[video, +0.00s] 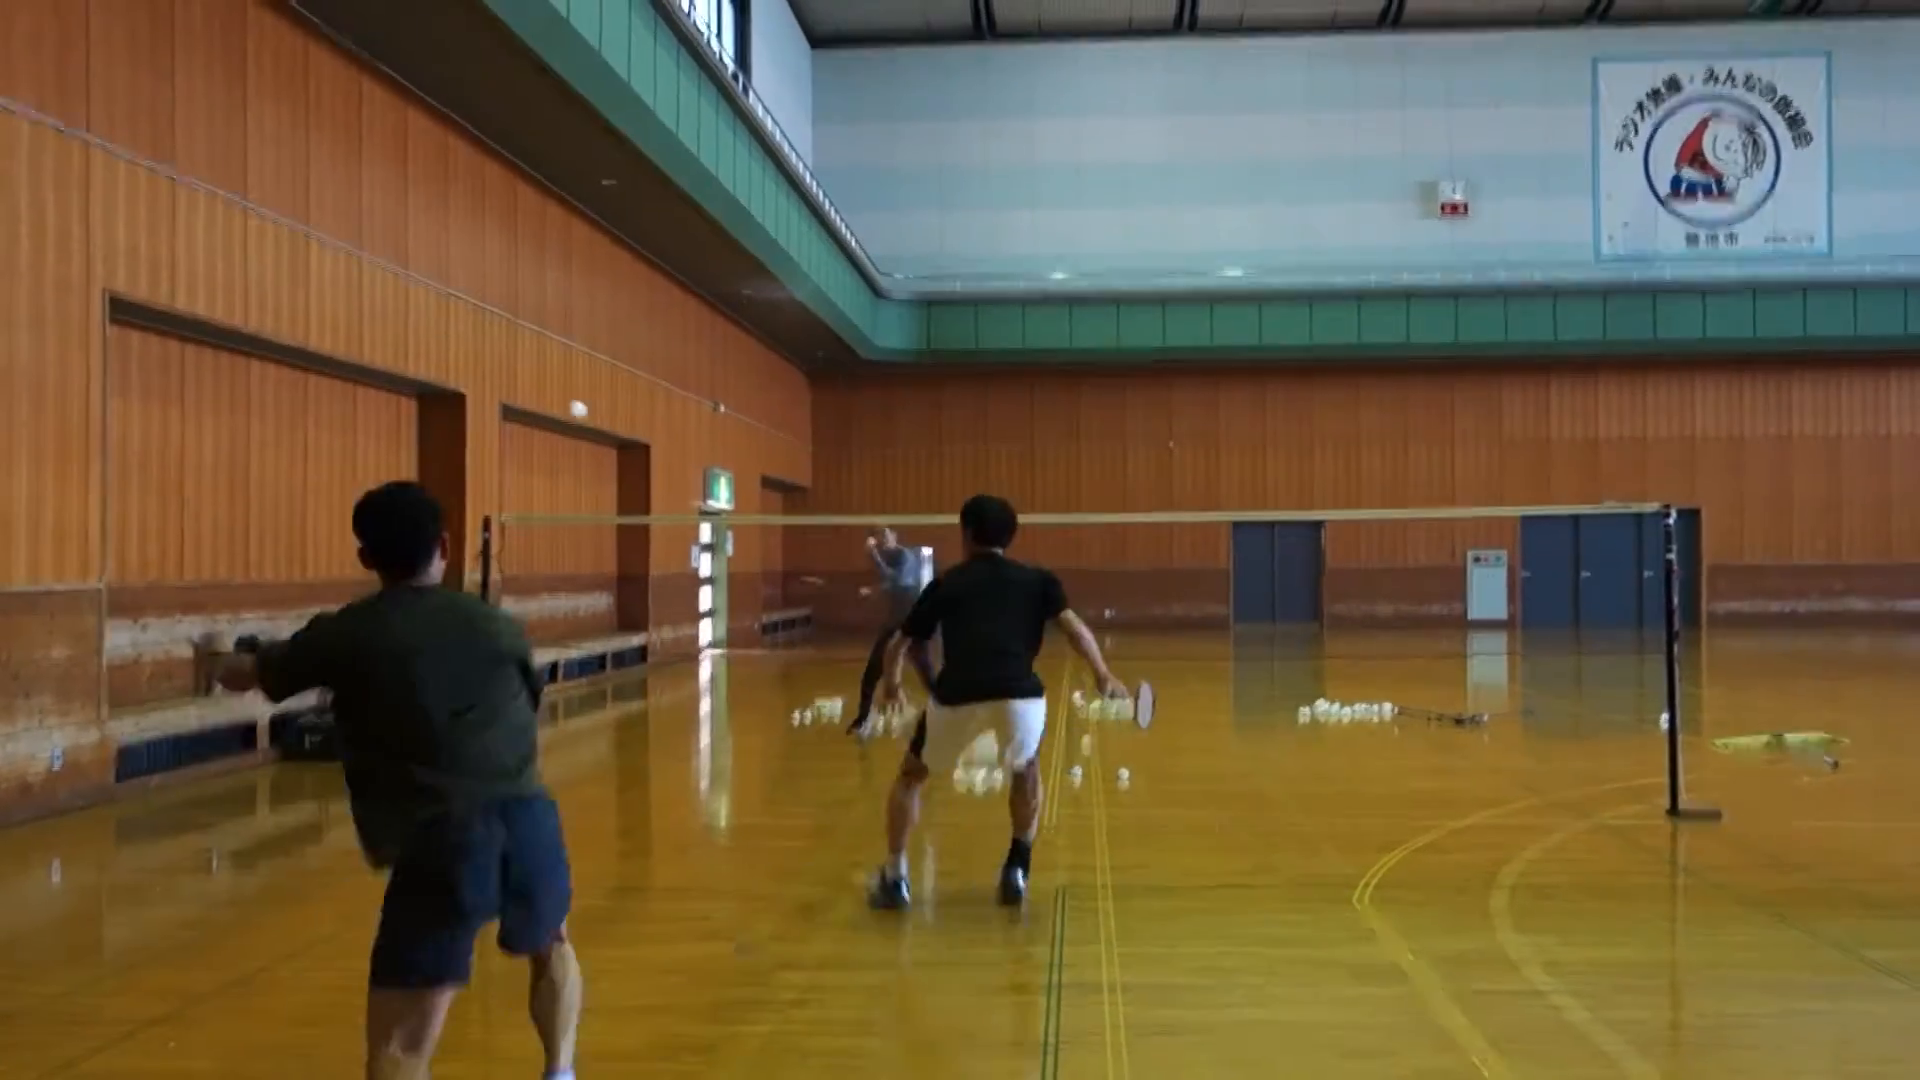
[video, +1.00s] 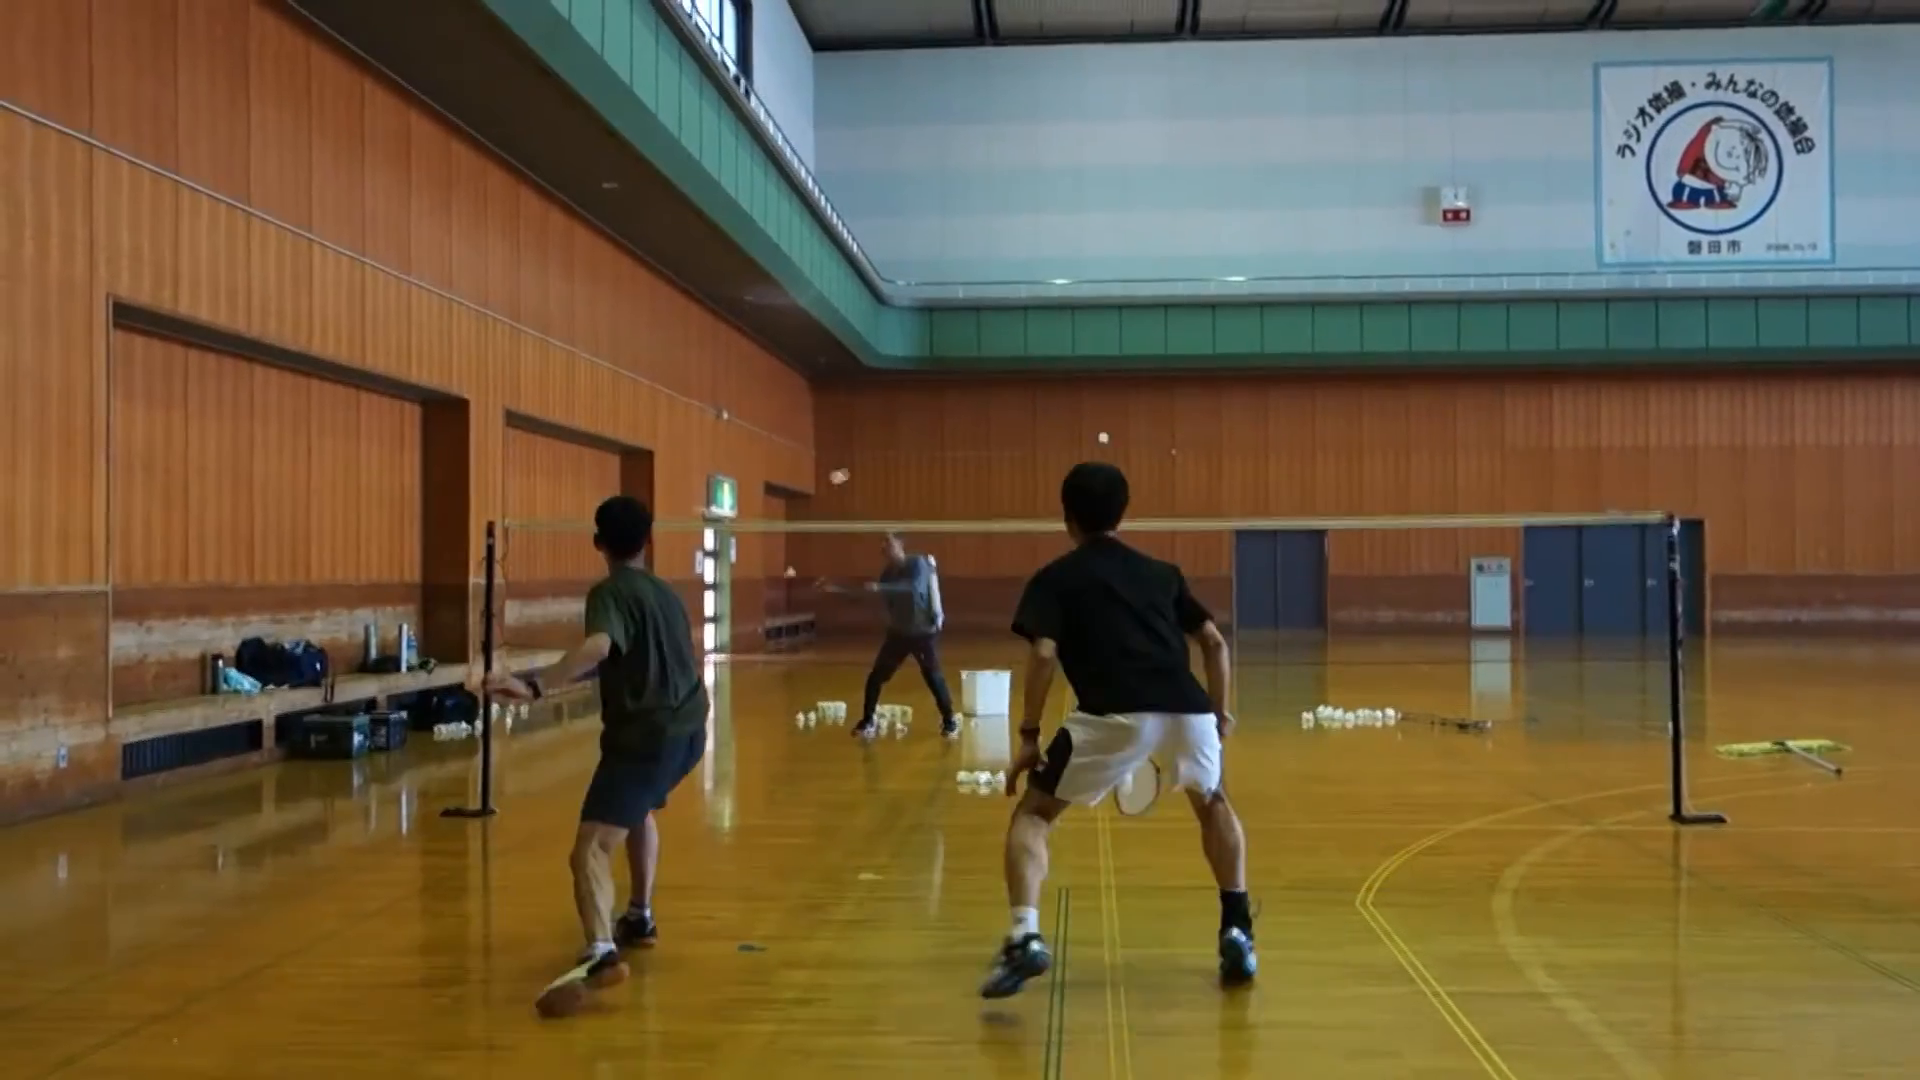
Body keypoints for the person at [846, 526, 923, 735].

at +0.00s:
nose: (883, 541)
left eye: (886, 536)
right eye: (879, 538)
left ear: (894, 536)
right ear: (877, 541)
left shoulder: (906, 555)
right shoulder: (885, 558)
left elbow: (897, 578)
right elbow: (891, 585)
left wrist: (875, 554)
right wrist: (872, 591)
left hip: (914, 621)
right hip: (894, 621)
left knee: (926, 669)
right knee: (872, 670)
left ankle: (946, 708)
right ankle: (863, 717)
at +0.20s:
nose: (881, 547)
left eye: (882, 542)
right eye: (876, 545)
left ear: (890, 541)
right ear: (873, 549)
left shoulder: (904, 562)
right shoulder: (881, 568)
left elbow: (880, 578)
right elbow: (867, 588)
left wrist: (850, 563)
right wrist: (850, 574)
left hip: (911, 633)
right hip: (889, 632)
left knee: (928, 680)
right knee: (867, 679)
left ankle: (946, 723)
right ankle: (865, 722)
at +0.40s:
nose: (880, 547)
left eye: (883, 542)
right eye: (877, 544)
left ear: (892, 542)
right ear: (875, 548)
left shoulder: (911, 563)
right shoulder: (875, 572)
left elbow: (905, 588)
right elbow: (860, 595)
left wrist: (871, 586)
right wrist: (844, 608)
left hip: (915, 632)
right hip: (890, 633)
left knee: (931, 678)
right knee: (869, 678)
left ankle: (948, 720)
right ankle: (866, 721)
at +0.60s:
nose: (879, 547)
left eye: (882, 542)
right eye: (876, 543)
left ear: (892, 542)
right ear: (873, 546)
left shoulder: (911, 563)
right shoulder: (878, 571)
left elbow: (913, 591)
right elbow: (877, 604)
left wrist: (876, 581)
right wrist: (870, 628)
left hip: (915, 632)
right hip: (891, 633)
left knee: (930, 678)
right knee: (870, 680)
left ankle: (948, 720)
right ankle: (867, 721)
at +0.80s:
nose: (878, 547)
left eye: (881, 542)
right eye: (875, 544)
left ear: (892, 543)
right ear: (874, 549)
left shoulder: (907, 564)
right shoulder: (884, 572)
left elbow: (879, 575)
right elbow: (879, 601)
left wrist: (847, 546)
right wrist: (855, 586)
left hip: (916, 633)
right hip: (896, 633)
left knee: (930, 678)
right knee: (872, 679)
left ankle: (948, 720)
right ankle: (867, 722)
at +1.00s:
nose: (888, 551)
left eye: (891, 546)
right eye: (886, 548)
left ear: (901, 546)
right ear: (884, 551)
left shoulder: (918, 563)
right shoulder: (888, 574)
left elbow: (916, 588)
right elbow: (871, 593)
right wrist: (837, 590)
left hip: (922, 632)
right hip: (898, 633)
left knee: (933, 677)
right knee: (876, 678)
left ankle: (949, 720)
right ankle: (867, 721)